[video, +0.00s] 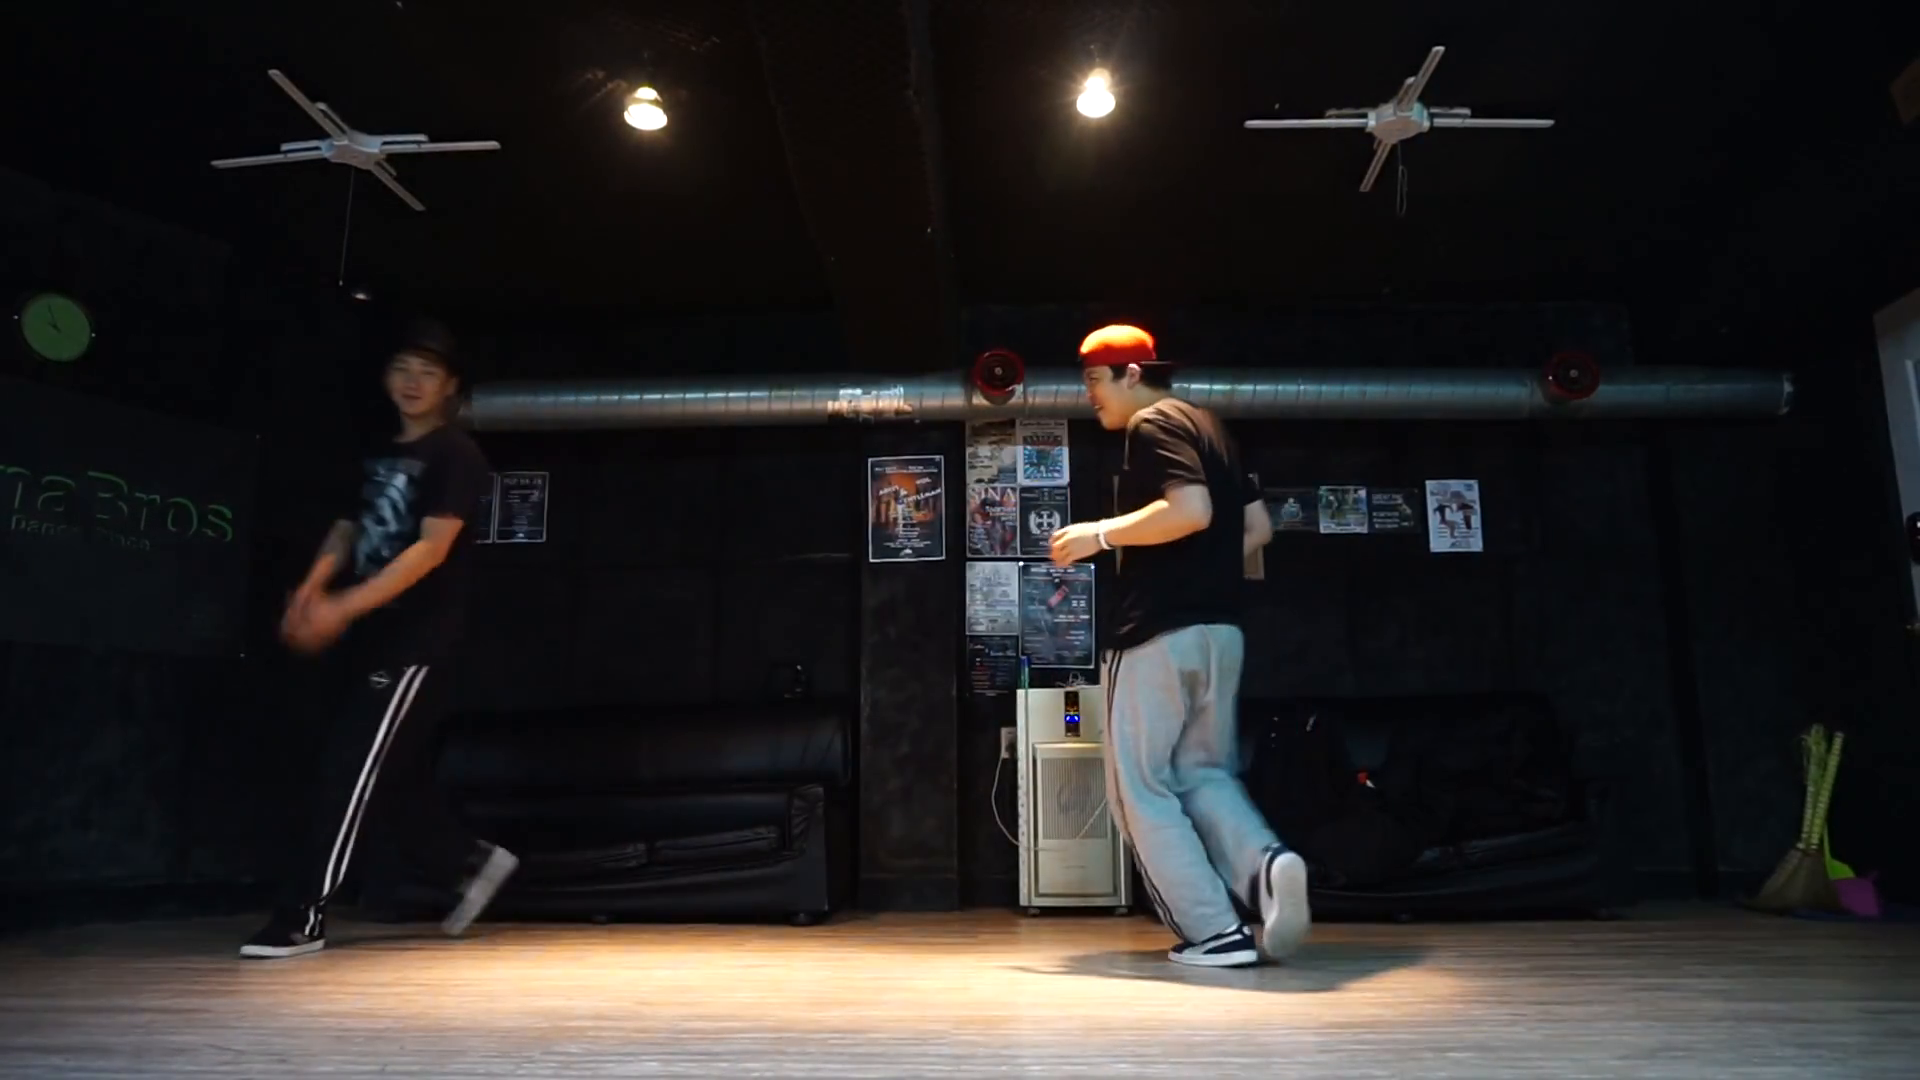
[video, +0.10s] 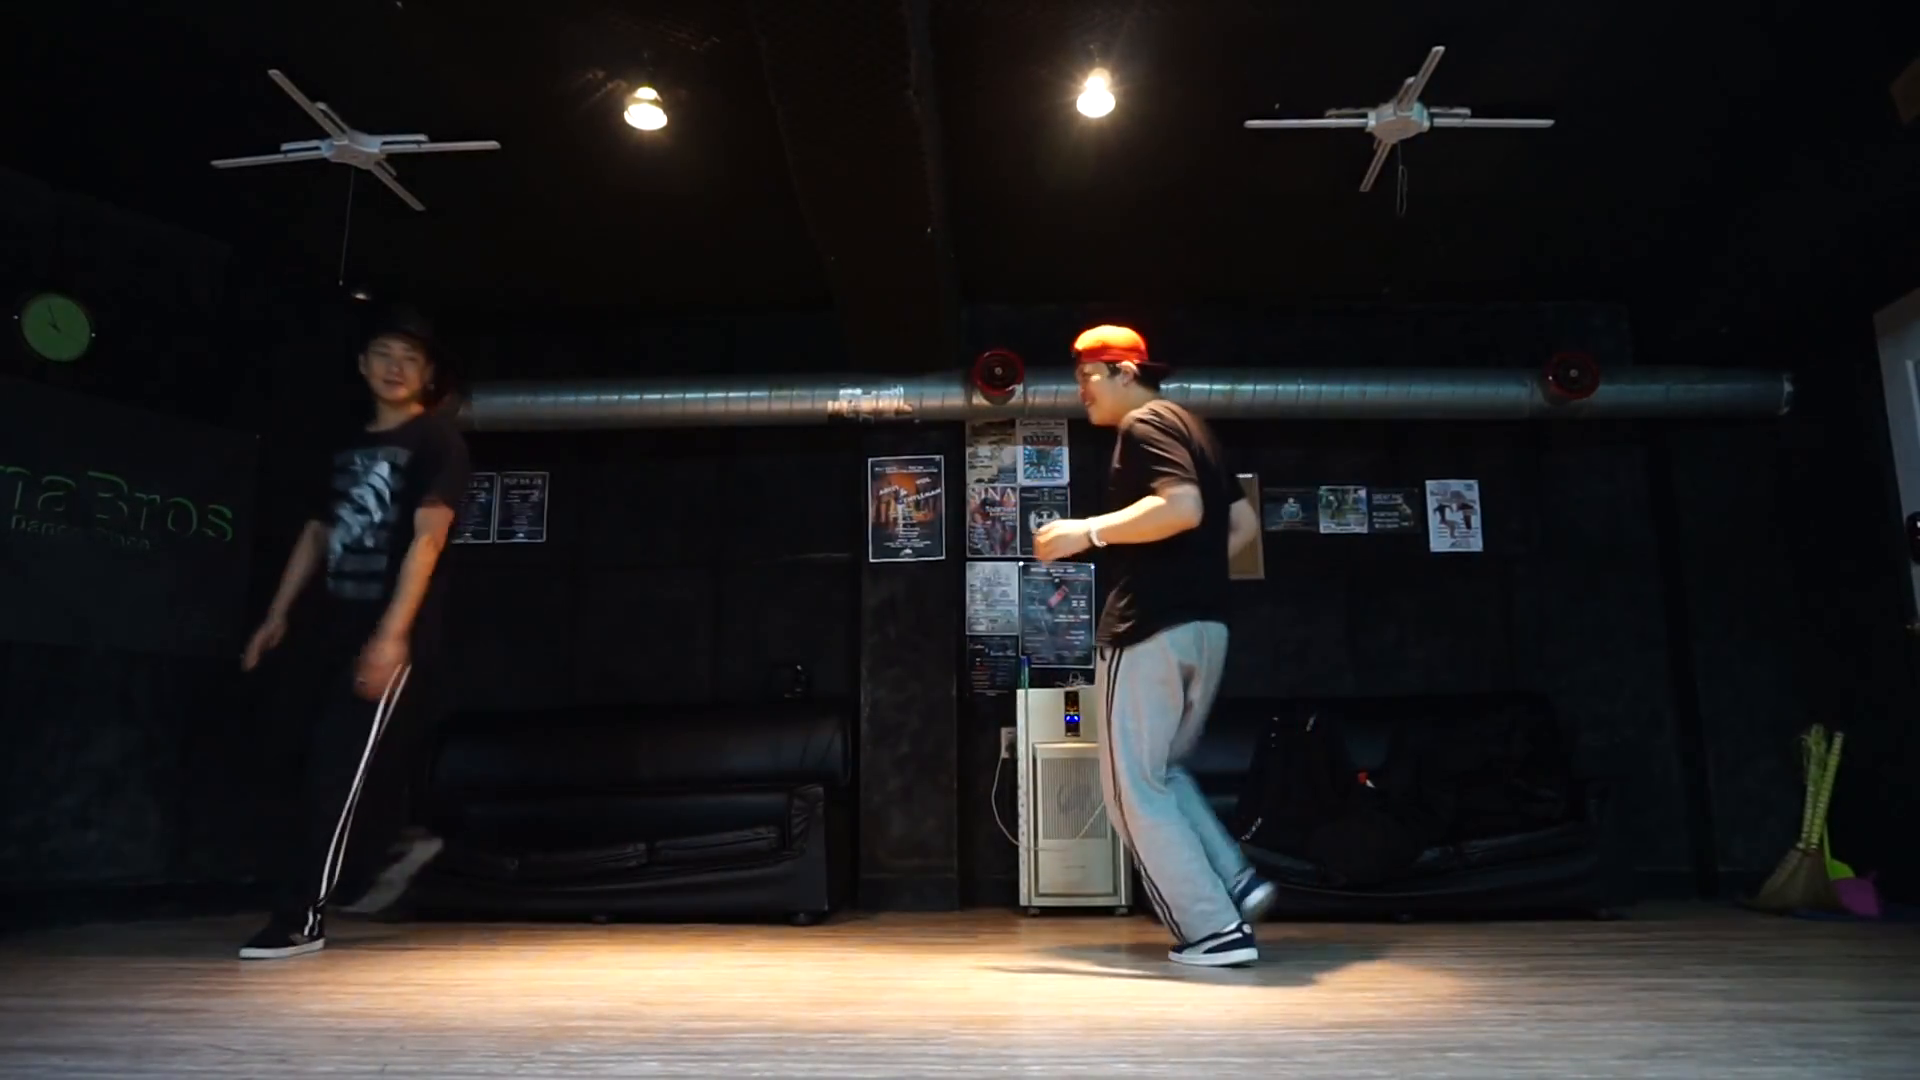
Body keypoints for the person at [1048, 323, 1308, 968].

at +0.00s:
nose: (1090, 395)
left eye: (1094, 381)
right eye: (1088, 382)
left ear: (1126, 374)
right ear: (1148, 374)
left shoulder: (1152, 423)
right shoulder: (1209, 424)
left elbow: (1187, 510)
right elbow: (1255, 526)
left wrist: (1099, 533)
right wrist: (1185, 549)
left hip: (1159, 635)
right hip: (1220, 630)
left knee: (1141, 788)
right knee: (1205, 770)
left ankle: (1216, 936)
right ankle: (1263, 869)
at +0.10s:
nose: (1081, 392)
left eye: (1087, 378)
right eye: (1080, 380)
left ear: (1119, 372)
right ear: (1131, 373)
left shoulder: (1146, 423)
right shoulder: (1191, 423)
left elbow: (1180, 506)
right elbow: (1243, 524)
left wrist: (1088, 530)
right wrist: (1174, 560)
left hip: (1153, 634)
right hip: (1203, 629)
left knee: (1134, 788)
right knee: (1163, 770)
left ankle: (1216, 935)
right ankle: (1237, 885)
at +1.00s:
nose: (970, 385)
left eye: (983, 376)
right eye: (964, 377)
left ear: (1012, 390)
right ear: (957, 393)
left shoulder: (1035, 444)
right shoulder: (973, 465)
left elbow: (1097, 509)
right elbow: (952, 552)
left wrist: (1049, 578)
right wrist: (883, 541)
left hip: (1019, 634)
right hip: (993, 636)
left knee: (966, 766)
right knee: (1025, 774)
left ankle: (950, 917)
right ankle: (1089, 912)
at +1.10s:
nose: (957, 392)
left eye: (972, 383)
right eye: (950, 384)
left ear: (1000, 396)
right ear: (943, 397)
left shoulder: (1023, 456)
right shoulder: (949, 470)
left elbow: (1075, 532)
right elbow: (915, 553)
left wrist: (1040, 602)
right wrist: (853, 559)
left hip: (1001, 638)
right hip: (966, 639)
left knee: (946, 773)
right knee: (988, 781)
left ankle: (949, 923)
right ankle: (1074, 900)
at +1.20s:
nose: (948, 401)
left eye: (962, 391)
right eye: (939, 391)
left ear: (989, 401)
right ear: (929, 401)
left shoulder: (1015, 467)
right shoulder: (925, 473)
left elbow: (1057, 546)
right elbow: (894, 551)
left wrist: (1031, 605)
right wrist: (848, 579)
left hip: (983, 641)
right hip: (924, 644)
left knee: (939, 777)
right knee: (901, 782)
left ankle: (951, 926)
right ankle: (1033, 870)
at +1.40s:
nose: (924, 380)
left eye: (938, 372)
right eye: (917, 371)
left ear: (965, 386)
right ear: (906, 385)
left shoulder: (992, 454)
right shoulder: (889, 455)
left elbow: (1029, 535)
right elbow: (868, 535)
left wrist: (1011, 583)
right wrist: (858, 578)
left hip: (953, 644)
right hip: (879, 643)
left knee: (942, 784)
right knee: (849, 764)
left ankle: (953, 923)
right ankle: (896, 901)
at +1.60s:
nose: (898, 363)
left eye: (912, 356)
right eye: (890, 354)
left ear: (938, 375)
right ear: (878, 372)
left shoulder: (962, 448)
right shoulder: (848, 442)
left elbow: (1001, 525)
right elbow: (826, 523)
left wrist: (982, 542)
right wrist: (837, 570)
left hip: (930, 636)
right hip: (852, 637)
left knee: (941, 782)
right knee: (825, 771)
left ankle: (954, 917)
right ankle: (813, 924)